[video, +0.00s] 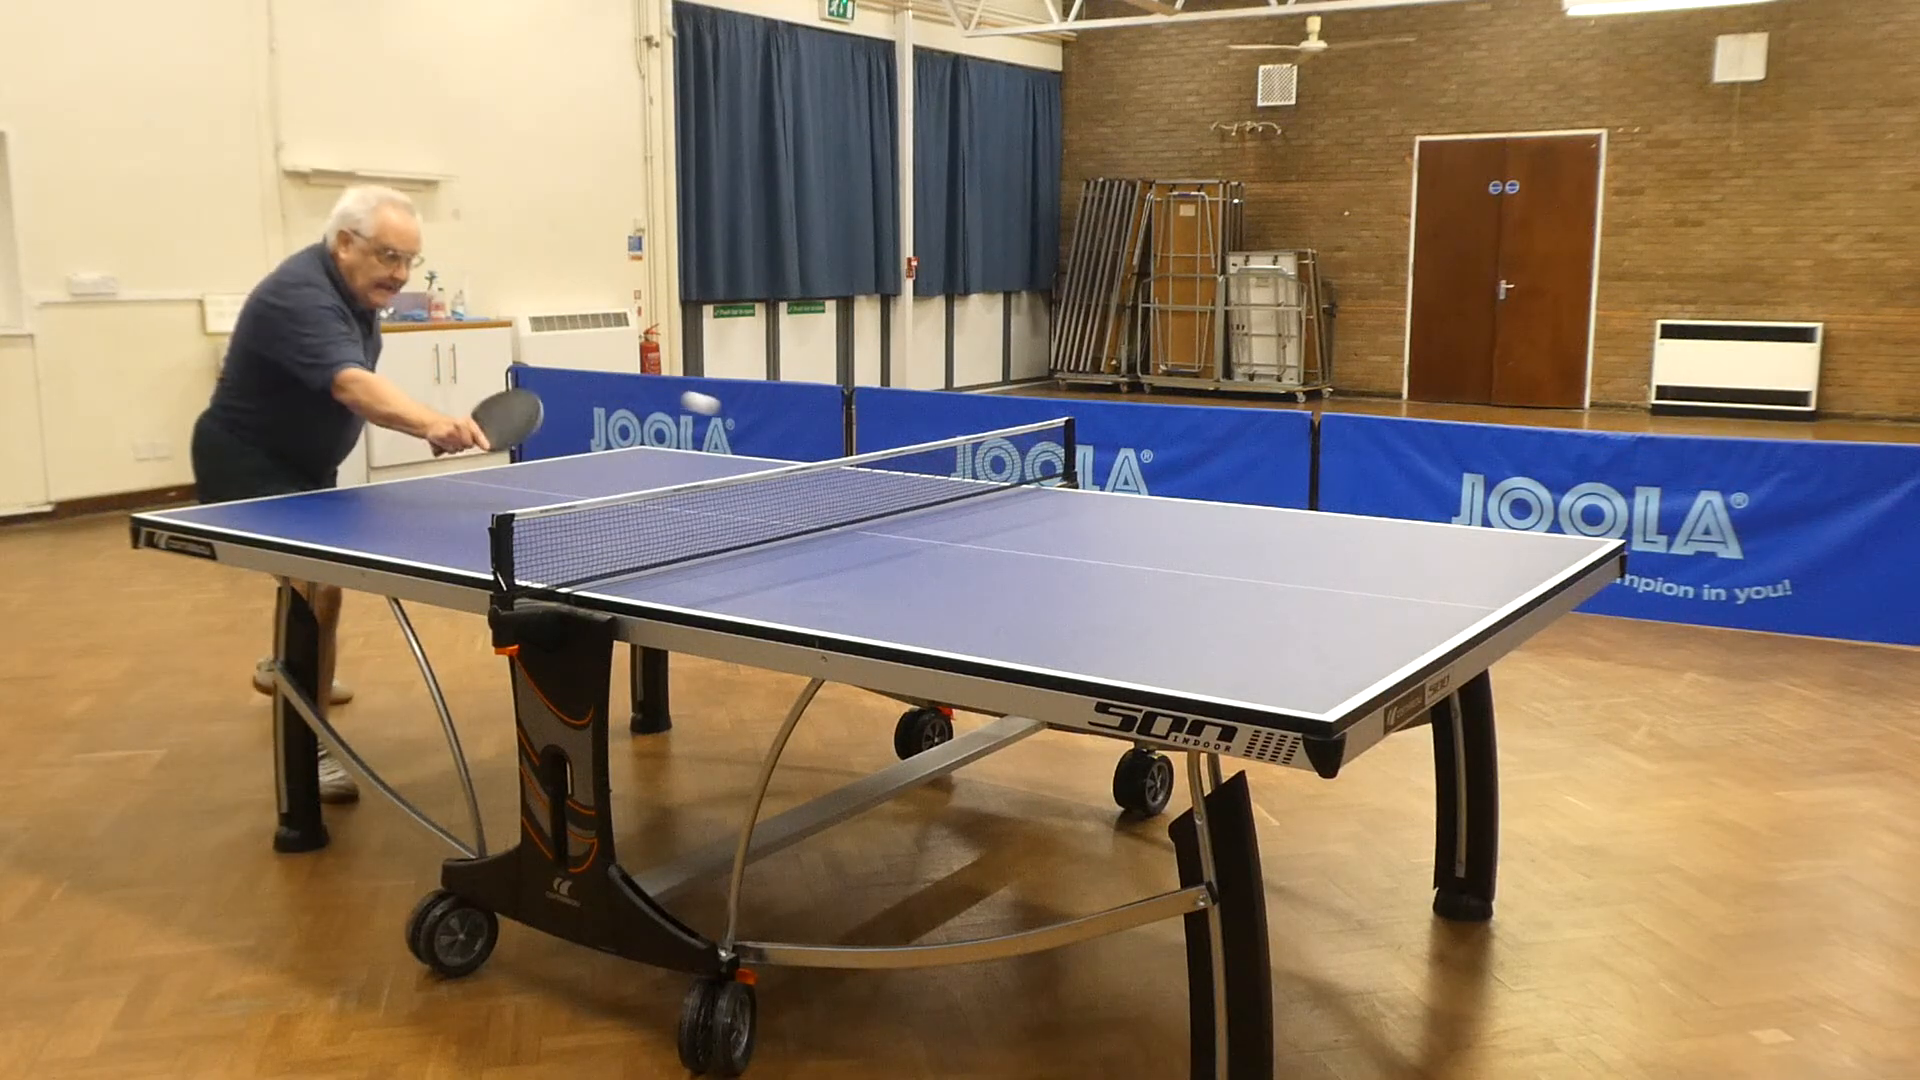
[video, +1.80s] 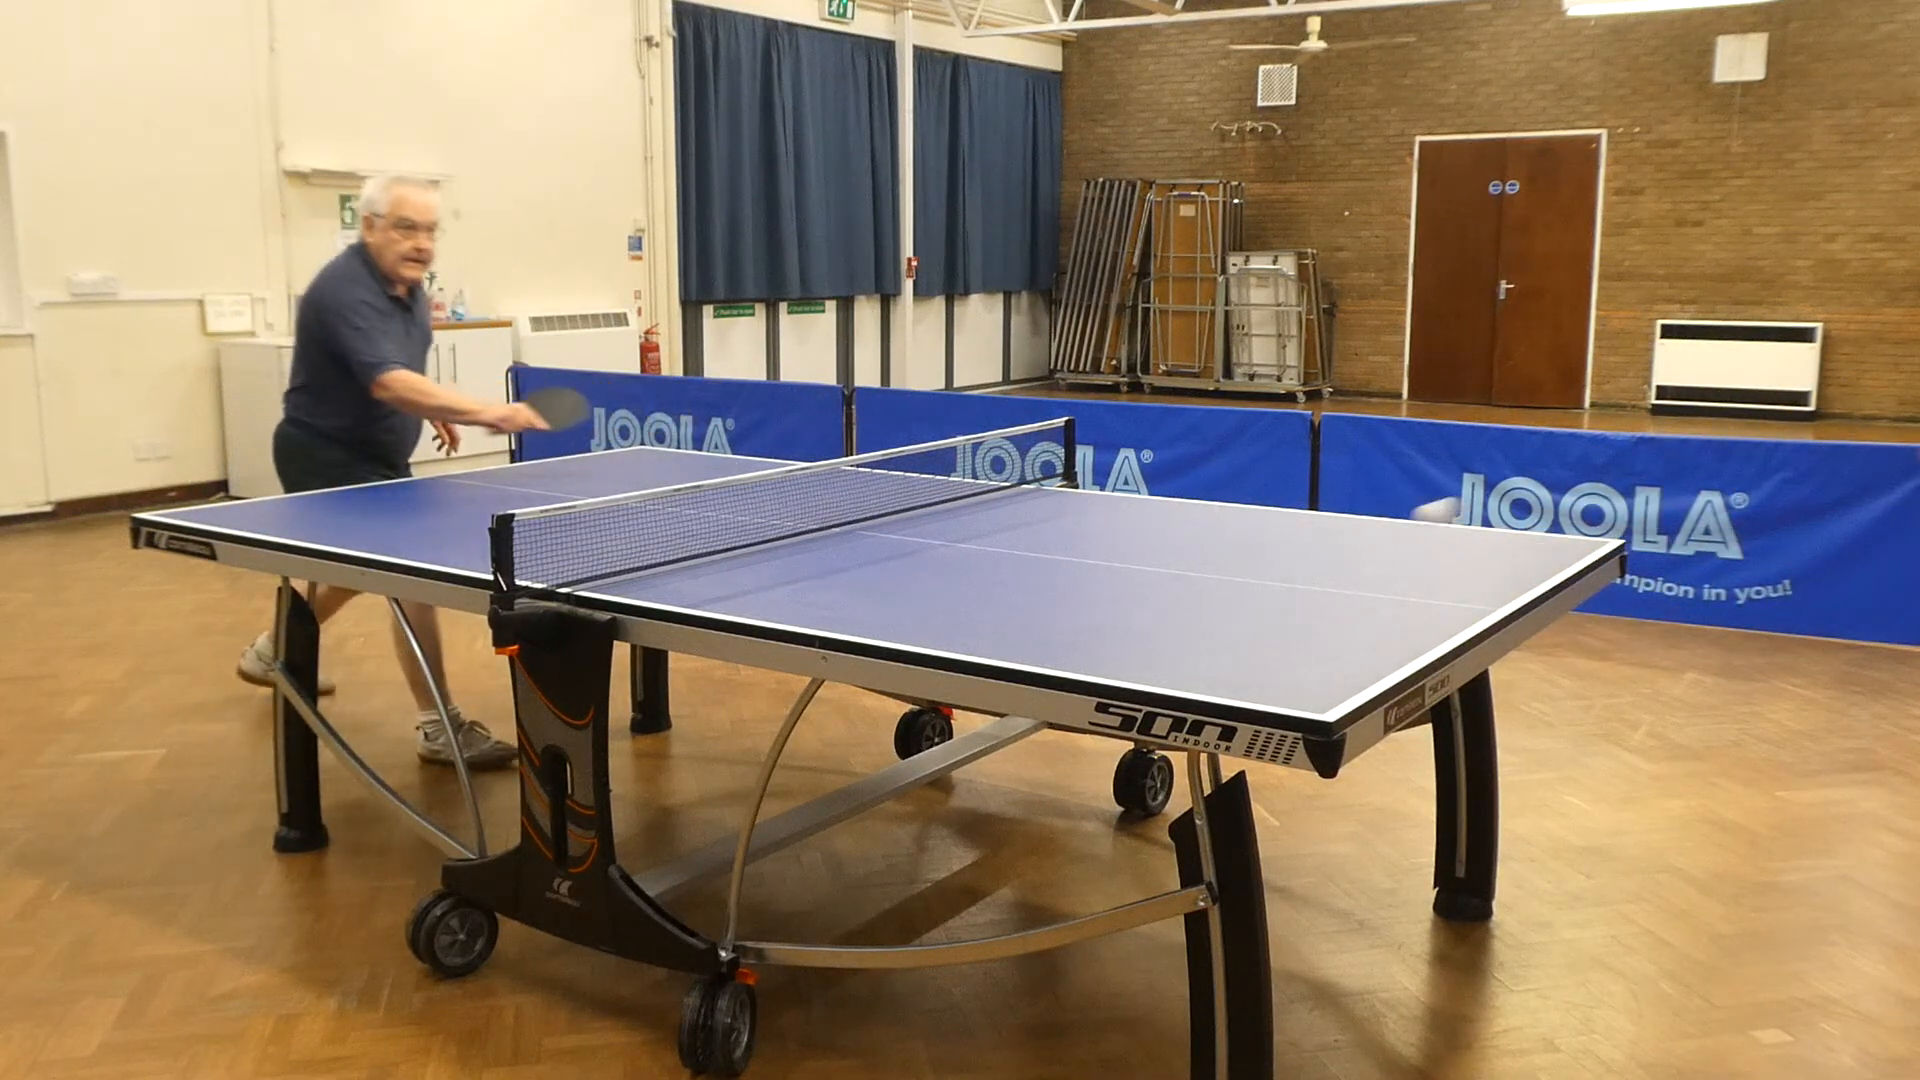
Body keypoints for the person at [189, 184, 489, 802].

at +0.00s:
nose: (400, 275)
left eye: (409, 261)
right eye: (388, 257)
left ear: (414, 256)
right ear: (344, 243)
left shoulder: (352, 292)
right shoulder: (300, 296)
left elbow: (356, 383)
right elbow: (353, 386)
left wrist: (420, 424)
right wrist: (432, 424)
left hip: (304, 461)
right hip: (246, 462)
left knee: (324, 573)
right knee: (321, 587)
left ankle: (293, 667)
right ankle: (312, 749)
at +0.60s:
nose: (364, 248)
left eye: (375, 234)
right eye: (349, 233)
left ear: (384, 234)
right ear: (309, 228)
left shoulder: (371, 285)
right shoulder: (270, 285)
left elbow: (371, 353)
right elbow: (278, 384)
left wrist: (385, 401)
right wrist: (340, 434)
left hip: (327, 460)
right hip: (259, 459)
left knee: (326, 554)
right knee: (308, 569)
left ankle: (274, 650)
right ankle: (312, 752)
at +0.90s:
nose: (379, 255)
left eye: (389, 242)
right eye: (365, 239)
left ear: (396, 240)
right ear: (326, 233)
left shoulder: (376, 284)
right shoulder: (289, 285)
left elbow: (375, 360)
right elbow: (301, 384)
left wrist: (403, 420)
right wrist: (390, 435)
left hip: (348, 450)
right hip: (284, 450)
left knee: (325, 555)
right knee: (350, 561)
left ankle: (277, 657)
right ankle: (326, 705)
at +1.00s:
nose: (403, 260)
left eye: (412, 247)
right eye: (390, 243)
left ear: (418, 247)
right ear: (350, 235)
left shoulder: (386, 293)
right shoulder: (311, 285)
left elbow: (387, 376)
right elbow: (343, 391)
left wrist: (409, 426)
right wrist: (444, 437)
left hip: (350, 453)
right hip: (290, 452)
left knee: (331, 562)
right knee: (364, 559)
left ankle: (274, 656)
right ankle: (369, 703)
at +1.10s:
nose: (436, 268)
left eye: (443, 255)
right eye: (426, 252)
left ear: (443, 252)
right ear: (383, 242)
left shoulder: (398, 289)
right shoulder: (343, 288)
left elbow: (386, 355)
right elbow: (390, 393)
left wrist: (404, 400)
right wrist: (495, 421)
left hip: (351, 450)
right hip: (296, 447)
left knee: (324, 558)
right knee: (381, 569)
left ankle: (271, 656)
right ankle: (422, 712)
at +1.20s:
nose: (471, 278)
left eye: (477, 265)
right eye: (463, 262)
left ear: (423, 254)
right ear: (418, 251)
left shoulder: (403, 286)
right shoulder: (385, 300)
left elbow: (380, 363)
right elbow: (458, 396)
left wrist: (424, 397)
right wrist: (556, 399)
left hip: (340, 452)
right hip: (315, 457)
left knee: (324, 557)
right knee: (410, 574)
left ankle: (271, 653)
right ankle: (437, 720)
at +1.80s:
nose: (422, 244)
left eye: (431, 232)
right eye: (407, 229)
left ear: (438, 235)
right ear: (368, 228)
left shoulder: (407, 287)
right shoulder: (342, 289)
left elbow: (397, 364)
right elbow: (386, 384)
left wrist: (433, 410)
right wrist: (487, 412)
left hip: (379, 458)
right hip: (325, 460)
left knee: (361, 561)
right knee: (414, 575)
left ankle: (273, 650)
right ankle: (439, 722)